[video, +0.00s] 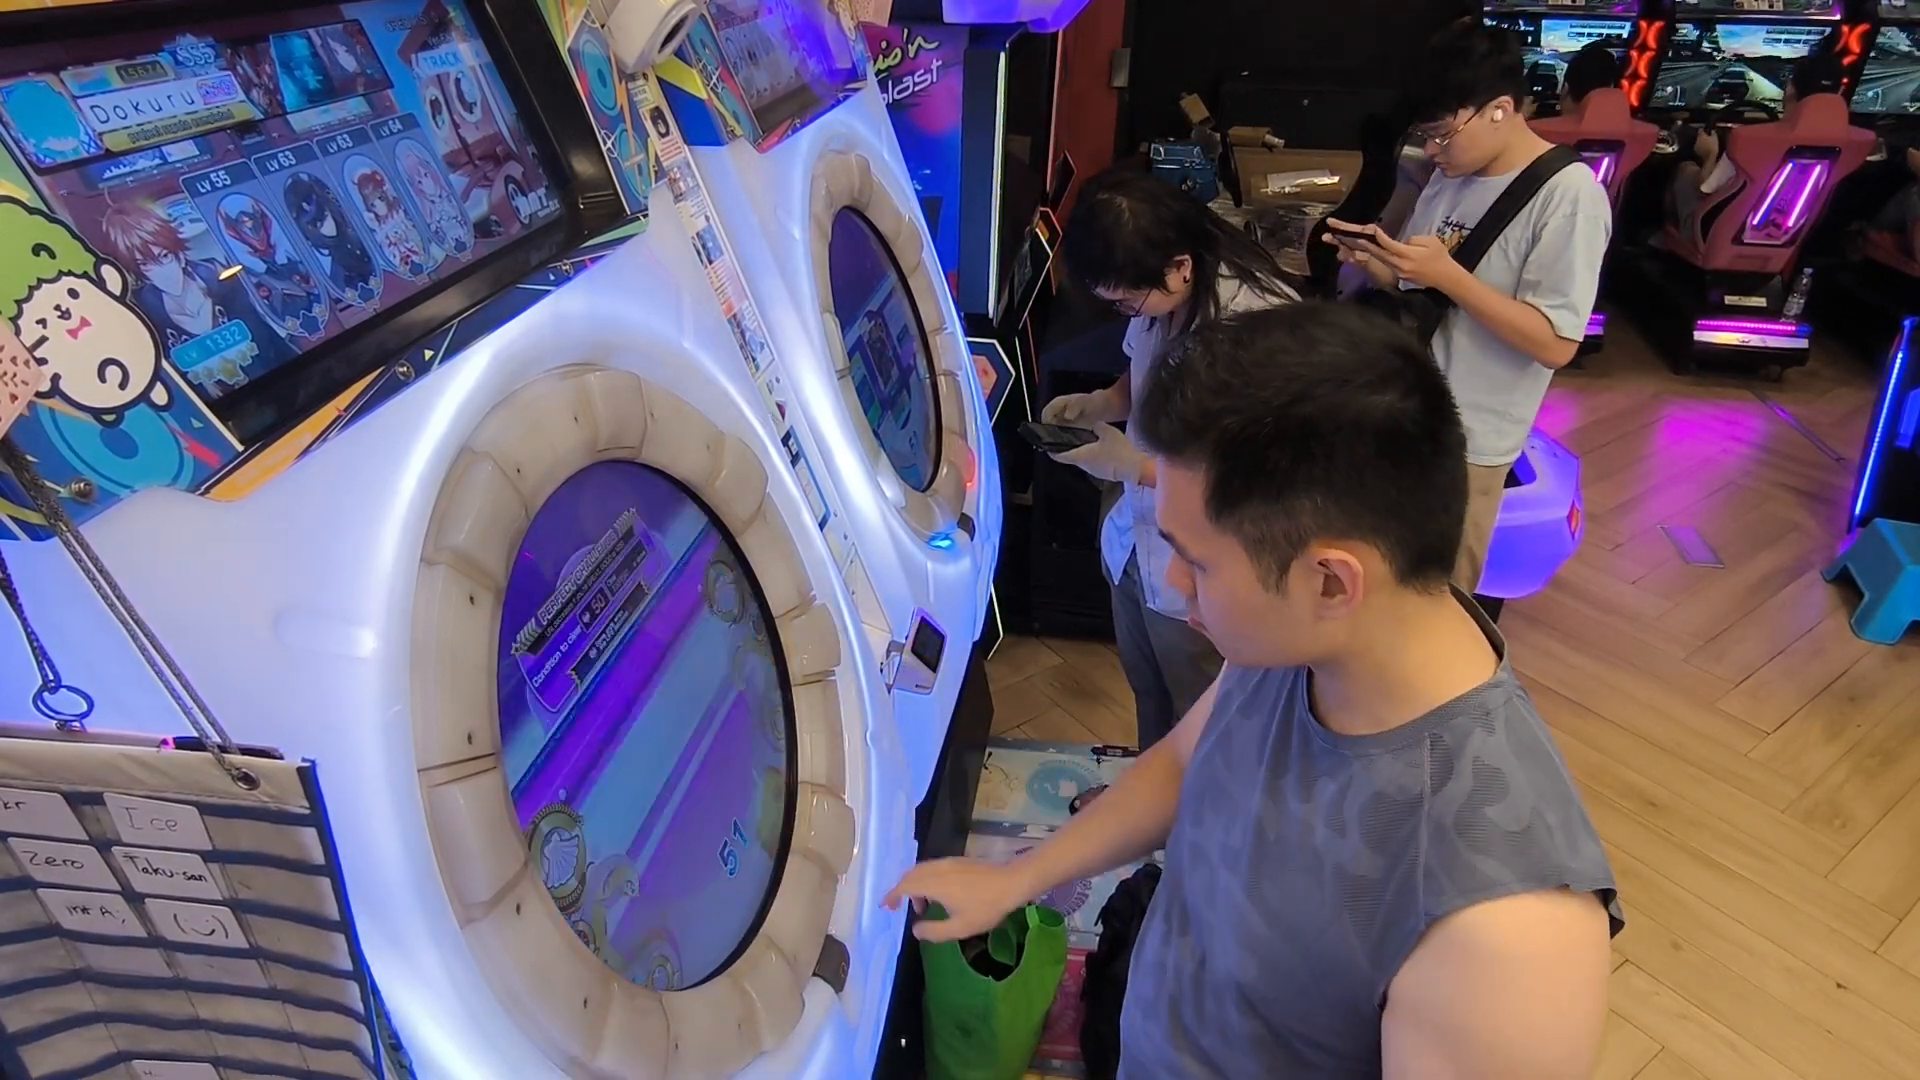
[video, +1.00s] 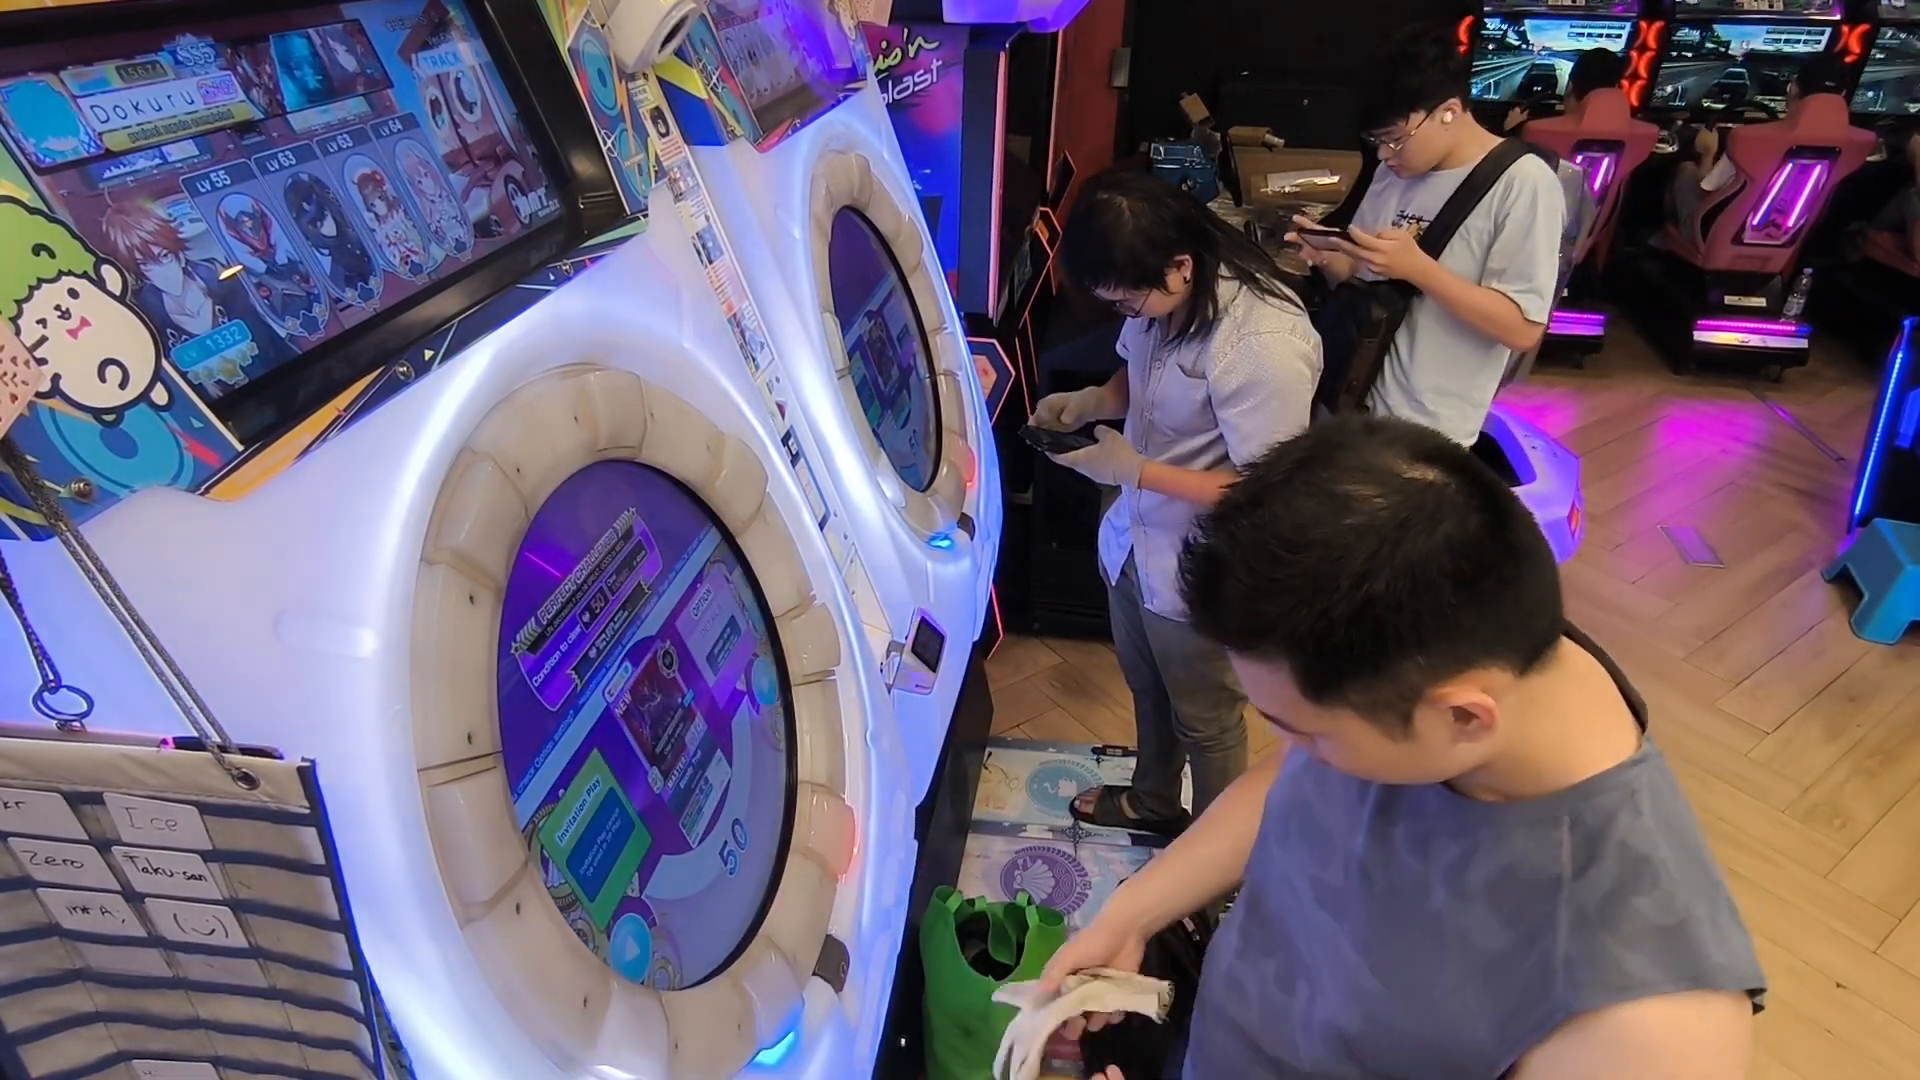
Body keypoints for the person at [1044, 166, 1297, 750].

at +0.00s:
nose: (1121, 311)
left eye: (1127, 299)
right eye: (1111, 301)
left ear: (1180, 269)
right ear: (1175, 267)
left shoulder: (1251, 333)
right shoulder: (1164, 290)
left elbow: (1255, 484)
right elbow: (1144, 383)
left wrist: (1137, 467)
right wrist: (1103, 402)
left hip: (1198, 552)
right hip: (1134, 534)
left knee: (1200, 727)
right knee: (1152, 711)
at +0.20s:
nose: (1120, 309)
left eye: (1128, 296)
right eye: (1111, 298)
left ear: (1179, 269)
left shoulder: (1253, 335)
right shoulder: (1157, 300)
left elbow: (1257, 480)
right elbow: (1148, 389)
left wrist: (1137, 468)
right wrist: (1092, 407)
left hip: (1202, 566)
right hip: (1138, 540)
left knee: (1197, 720)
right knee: (1151, 691)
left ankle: (1197, 839)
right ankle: (1151, 799)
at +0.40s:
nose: (1120, 309)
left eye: (1128, 295)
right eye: (1110, 299)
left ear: (1178, 266)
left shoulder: (1263, 334)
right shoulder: (1154, 300)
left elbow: (1254, 494)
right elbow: (1142, 388)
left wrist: (1135, 469)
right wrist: (1089, 408)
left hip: (1197, 564)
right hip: (1133, 540)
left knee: (1199, 717)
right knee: (1150, 689)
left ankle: (1204, 837)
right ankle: (1152, 797)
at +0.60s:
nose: (1119, 309)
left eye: (1126, 296)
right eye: (1109, 298)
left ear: (1178, 267)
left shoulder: (1260, 337)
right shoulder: (1158, 298)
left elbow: (1259, 489)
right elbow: (1144, 388)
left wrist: (1137, 469)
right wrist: (1087, 410)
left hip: (1197, 566)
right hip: (1133, 539)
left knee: (1200, 717)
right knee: (1150, 686)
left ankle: (1209, 839)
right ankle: (1153, 797)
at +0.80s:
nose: (1123, 309)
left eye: (1130, 295)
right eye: (1113, 298)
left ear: (1180, 267)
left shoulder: (1257, 343)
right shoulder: (1155, 297)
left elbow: (1269, 495)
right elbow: (1141, 389)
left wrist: (1138, 471)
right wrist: (1079, 405)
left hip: (1197, 557)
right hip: (1132, 532)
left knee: (1202, 715)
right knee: (1147, 681)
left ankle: (1223, 842)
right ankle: (1155, 800)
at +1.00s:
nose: (1121, 311)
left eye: (1129, 298)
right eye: (1112, 300)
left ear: (1180, 268)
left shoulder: (1260, 345)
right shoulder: (1158, 297)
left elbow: (1268, 493)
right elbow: (1142, 388)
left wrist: (1139, 471)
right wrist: (1085, 406)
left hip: (1196, 559)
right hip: (1133, 535)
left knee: (1205, 714)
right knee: (1149, 684)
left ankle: (1222, 844)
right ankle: (1156, 800)